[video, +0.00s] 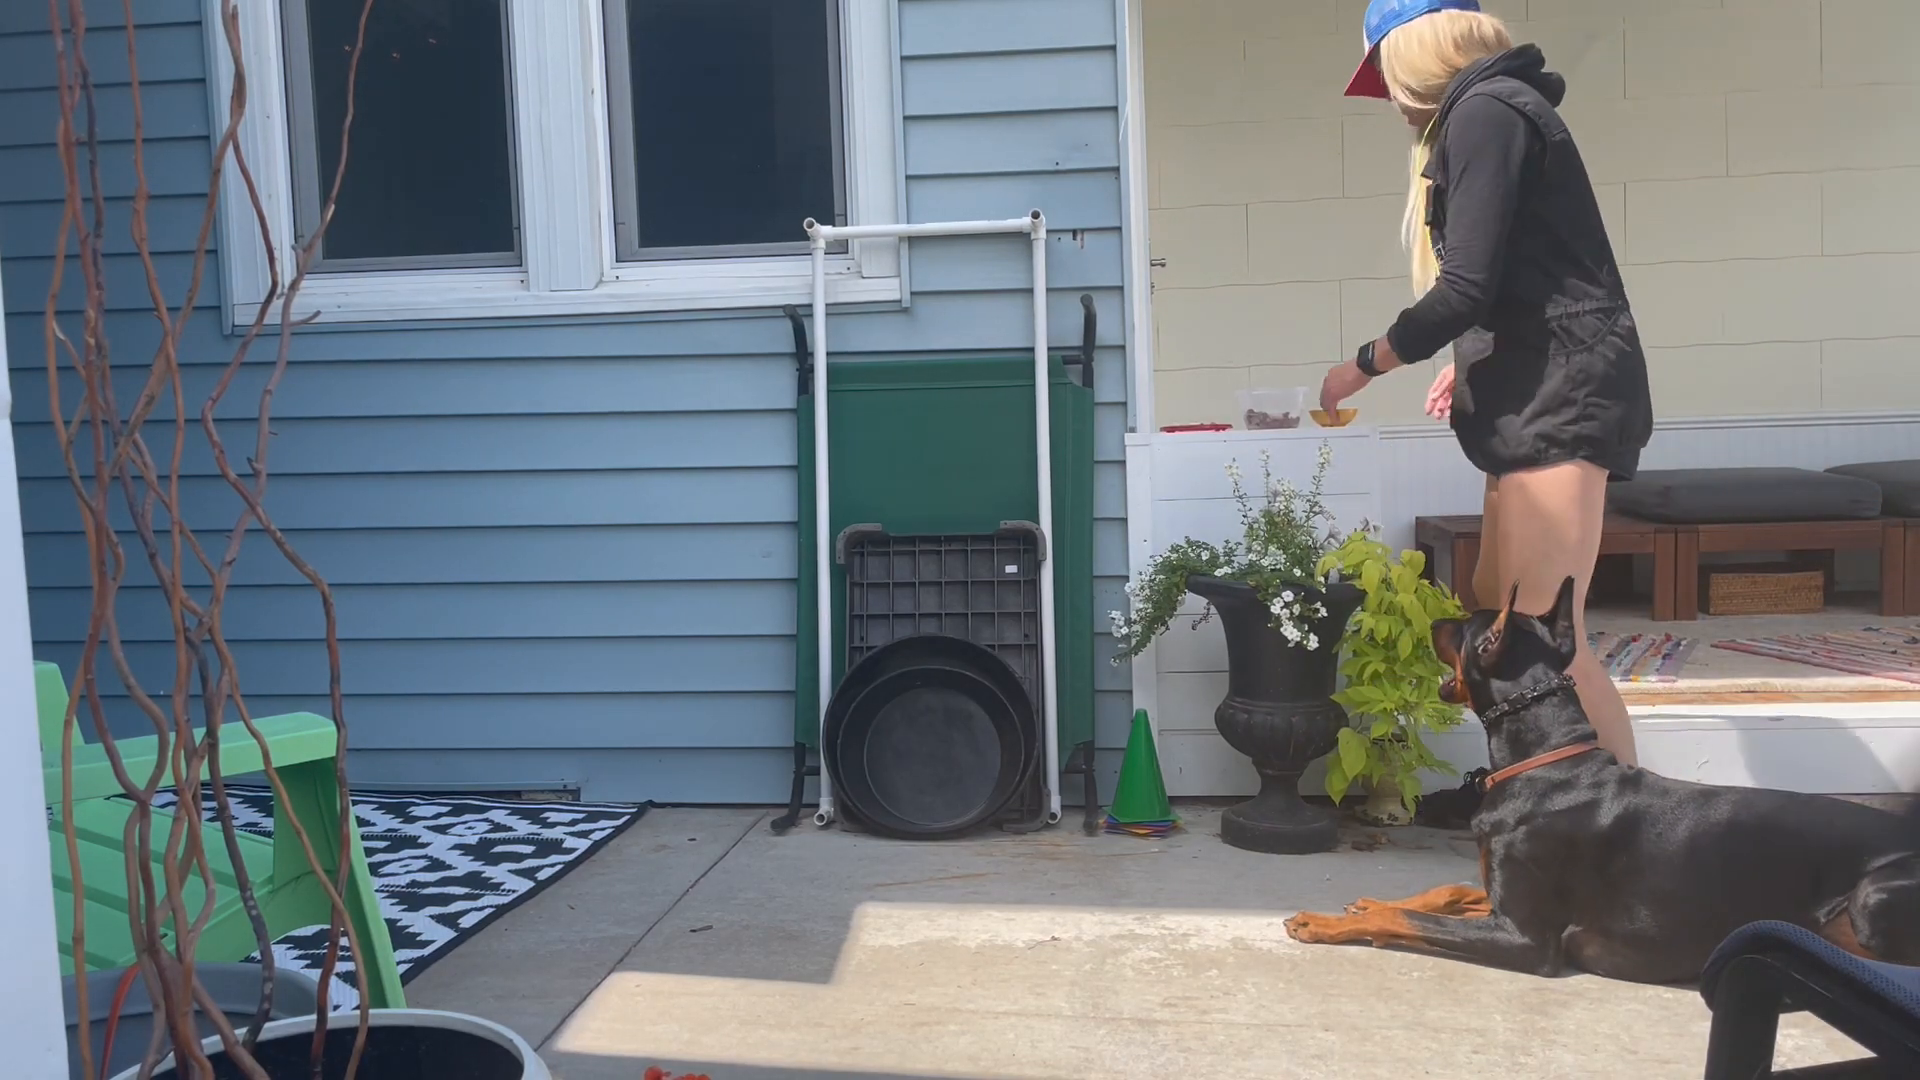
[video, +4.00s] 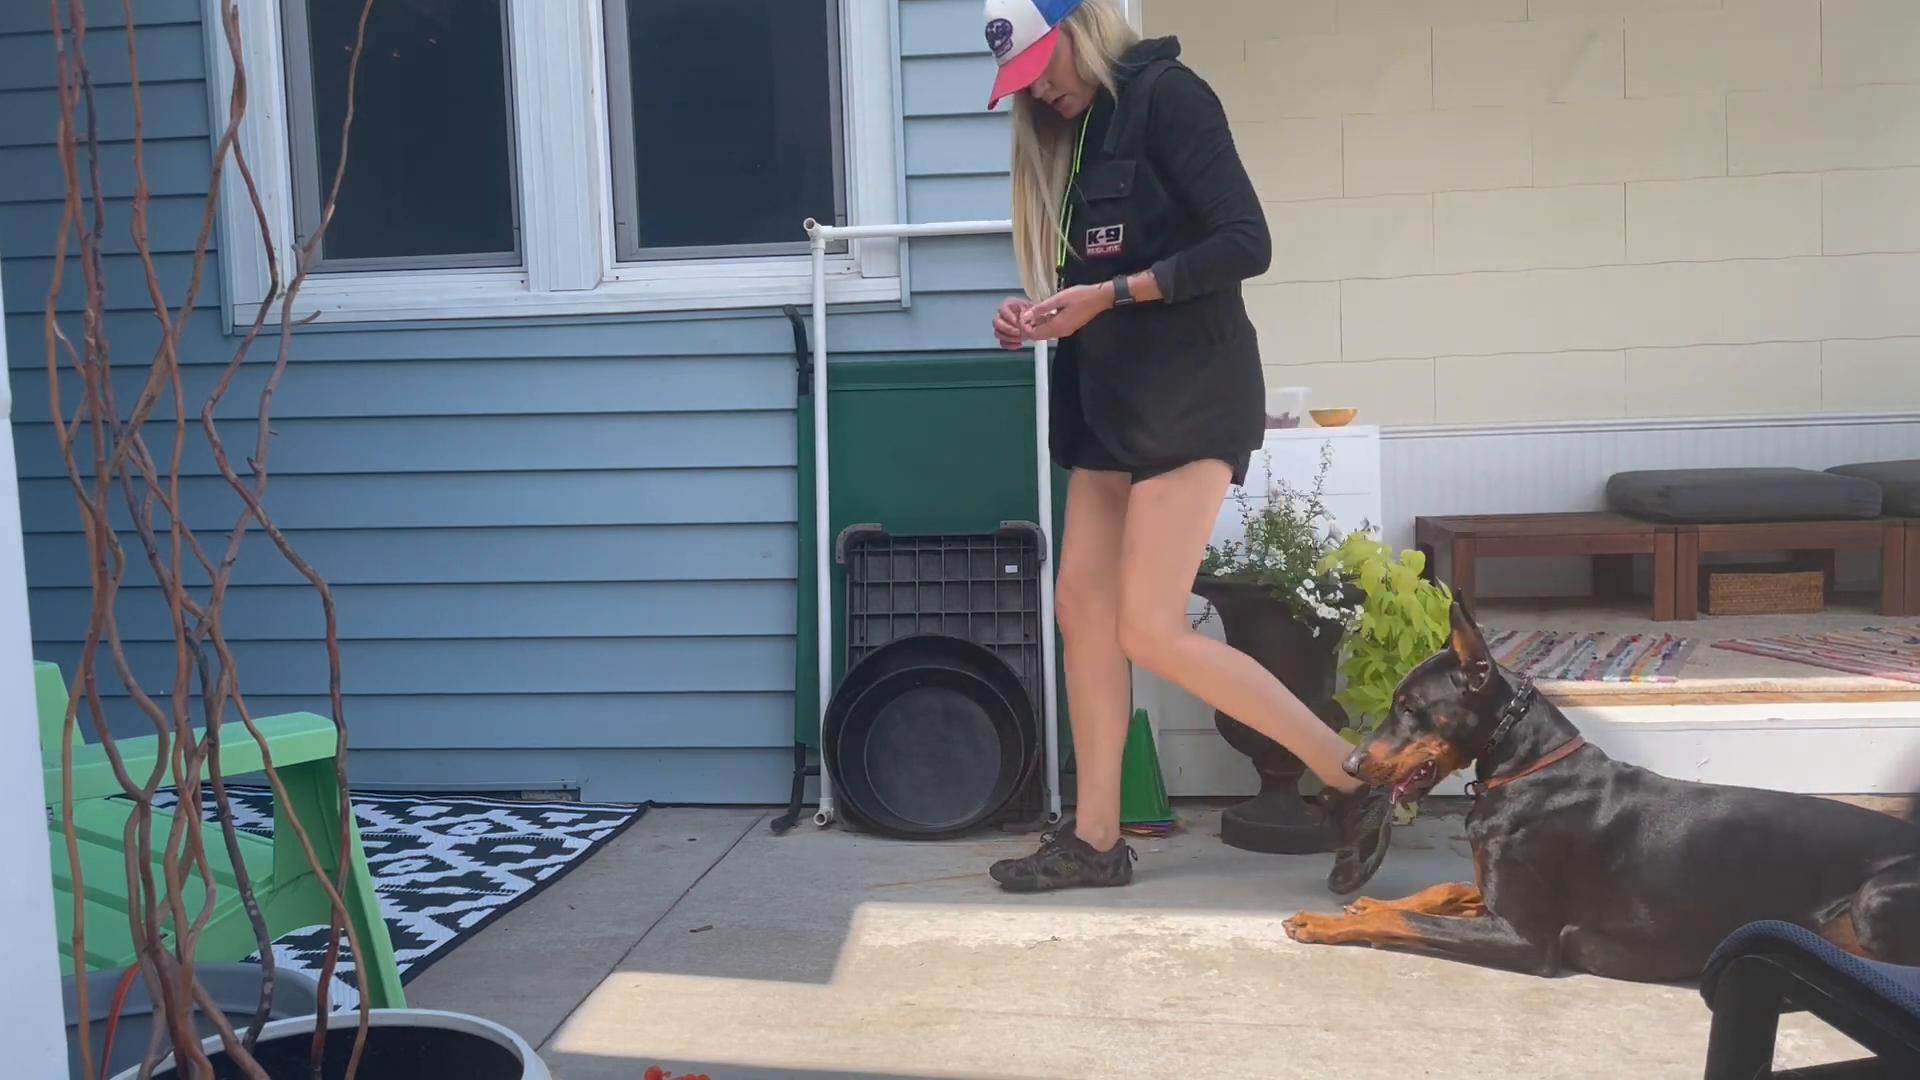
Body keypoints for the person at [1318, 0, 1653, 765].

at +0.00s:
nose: (1395, 98)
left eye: (1393, 79)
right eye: (1388, 83)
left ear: (1420, 62)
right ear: (1462, 46)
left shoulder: (1485, 112)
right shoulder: (1491, 110)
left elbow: (1467, 287)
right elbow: (1538, 272)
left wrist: (1361, 365)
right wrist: (1477, 363)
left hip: (1564, 380)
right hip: (1530, 381)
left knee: (1547, 633)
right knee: (1497, 614)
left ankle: (1625, 819)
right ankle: (1528, 791)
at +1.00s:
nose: (1300, 211)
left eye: (1296, 191)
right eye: (1292, 200)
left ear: (1318, 164)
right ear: (1346, 156)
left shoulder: (1374, 191)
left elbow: (1296, 311)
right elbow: (1327, 343)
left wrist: (1220, 397)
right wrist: (1224, 395)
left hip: (1544, 359)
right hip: (1512, 390)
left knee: (1564, 581)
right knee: (1484, 579)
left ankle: (1608, 785)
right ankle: (1539, 772)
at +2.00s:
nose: (1368, 124)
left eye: (1366, 102)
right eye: (1358, 114)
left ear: (1399, 66)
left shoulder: (1480, 111)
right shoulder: (1451, 133)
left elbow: (1571, 230)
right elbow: (1489, 278)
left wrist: (1460, 322)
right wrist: (1425, 358)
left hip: (1544, 396)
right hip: (1523, 399)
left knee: (1500, 636)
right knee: (1518, 635)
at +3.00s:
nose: (1353, 128)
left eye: (1354, 105)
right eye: (1336, 122)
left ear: (1381, 57)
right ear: (1318, 117)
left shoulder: (1484, 97)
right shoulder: (1410, 134)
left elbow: (1619, 215)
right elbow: (1450, 271)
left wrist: (1497, 312)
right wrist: (1430, 366)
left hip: (1560, 381)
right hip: (1485, 390)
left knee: (1541, 639)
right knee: (1506, 635)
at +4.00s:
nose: (1042, 97)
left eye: (1043, 73)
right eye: (1028, 86)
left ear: (1081, 30)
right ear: (1033, 67)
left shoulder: (1170, 94)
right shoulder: (1084, 132)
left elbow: (1245, 242)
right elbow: (1110, 266)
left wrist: (1110, 293)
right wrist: (1047, 306)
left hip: (1193, 393)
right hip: (1109, 397)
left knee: (1151, 627)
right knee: (1084, 606)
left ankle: (1353, 779)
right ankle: (1097, 840)